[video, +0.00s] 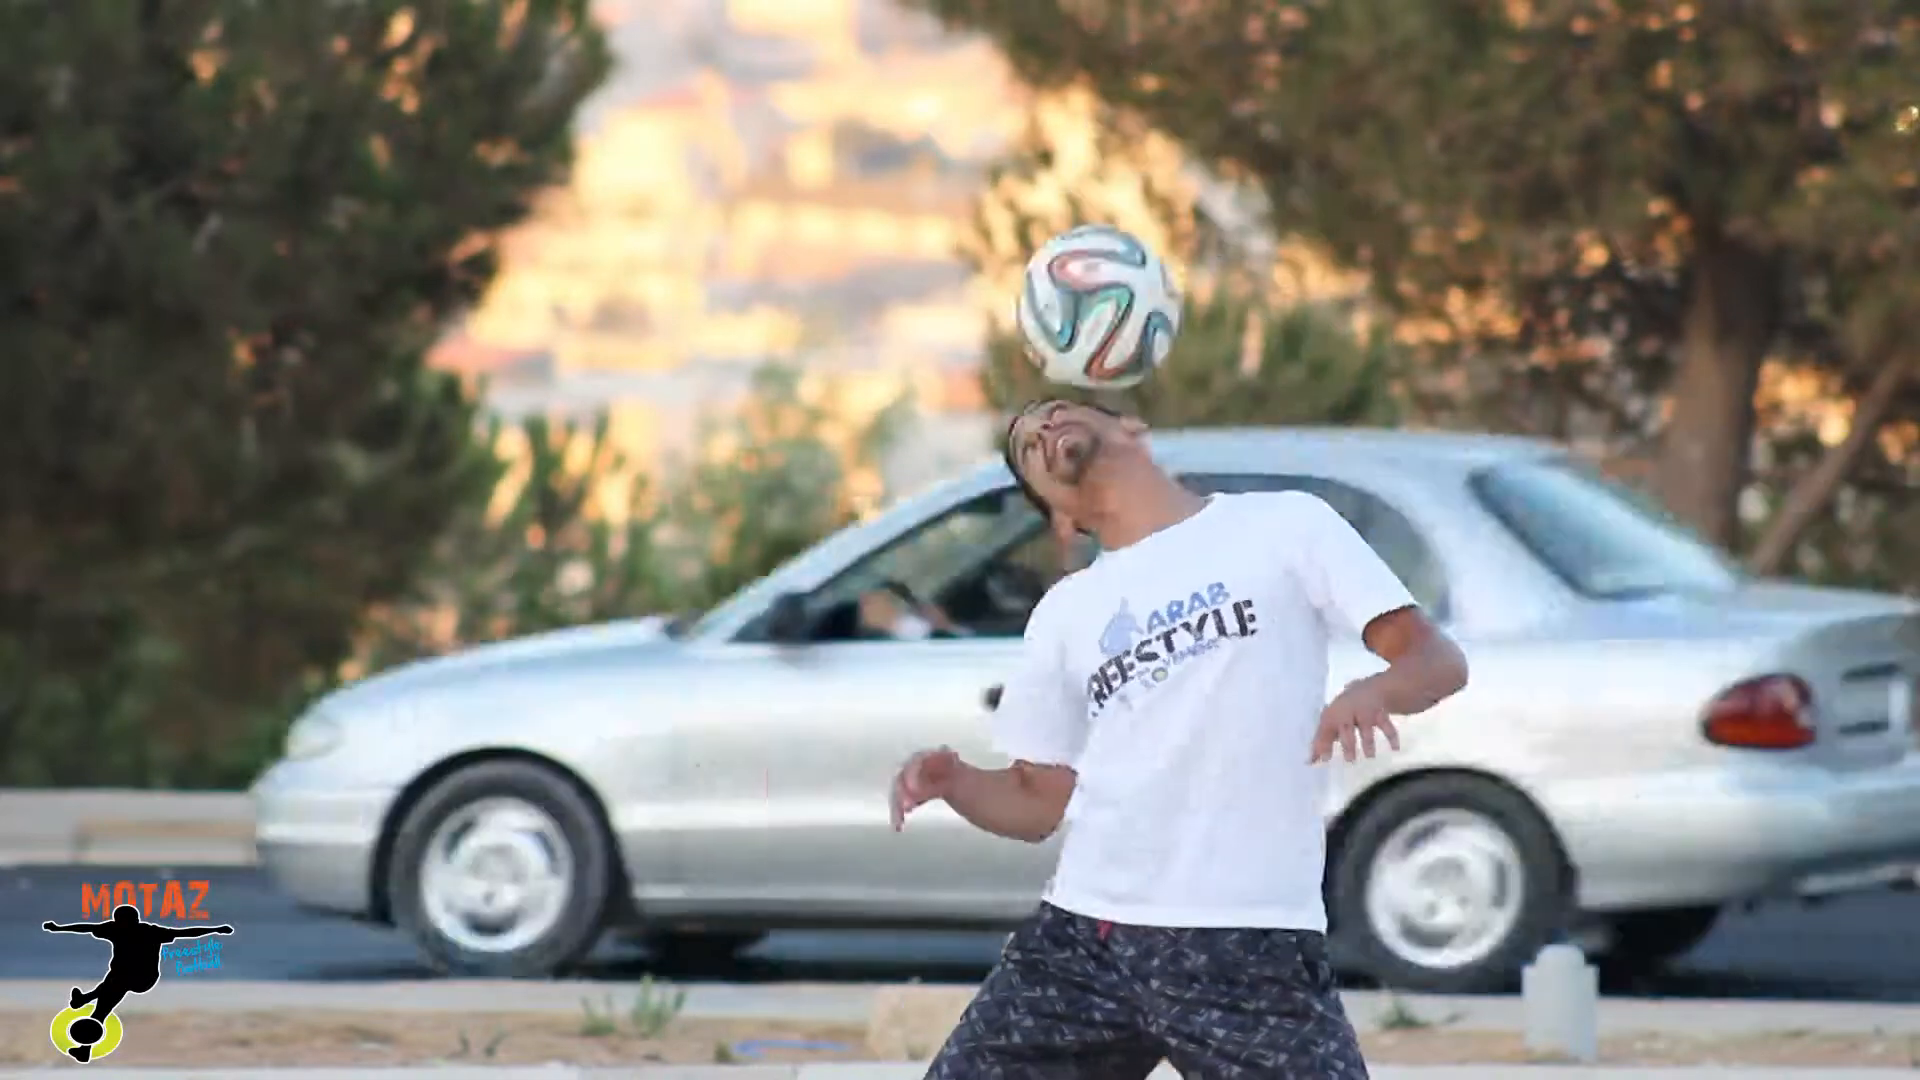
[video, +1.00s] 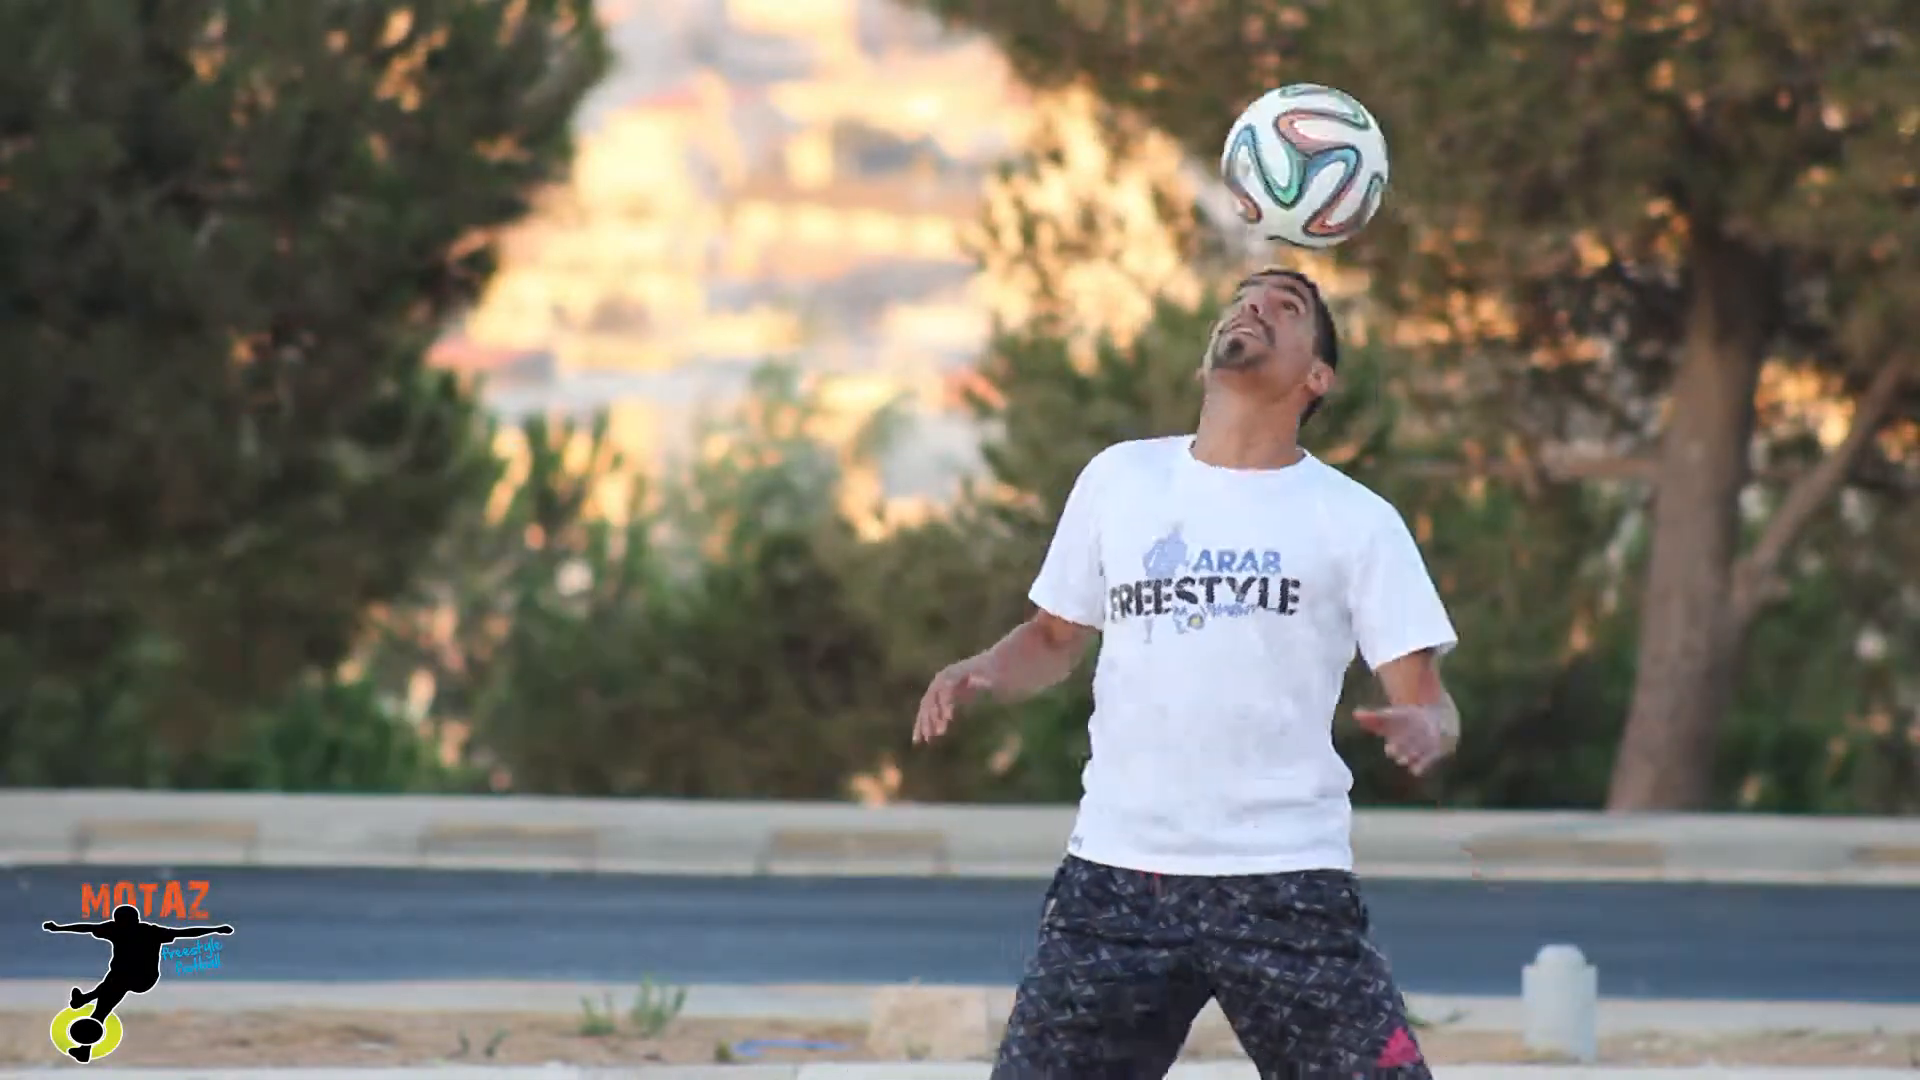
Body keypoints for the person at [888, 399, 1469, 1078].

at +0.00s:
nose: (1046, 433)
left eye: (1061, 416)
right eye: (1029, 450)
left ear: (1134, 430)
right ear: (1064, 514)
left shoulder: (1286, 522)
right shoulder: (1065, 612)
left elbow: (1439, 659)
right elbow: (1037, 805)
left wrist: (1377, 689)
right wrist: (955, 779)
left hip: (1250, 960)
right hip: (1076, 953)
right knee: (958, 1070)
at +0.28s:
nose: (1128, 348)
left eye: (1147, 343)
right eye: (1102, 358)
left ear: (1199, 397)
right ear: (1091, 437)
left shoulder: (1307, 511)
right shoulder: (1062, 557)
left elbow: (1411, 664)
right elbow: (1028, 756)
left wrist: (1476, 756)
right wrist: (983, 733)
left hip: (1259, 934)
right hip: (1080, 928)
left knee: (1352, 1068)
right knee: (974, 1069)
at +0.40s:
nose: (1219, 338)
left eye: (1249, 339)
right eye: (1198, 338)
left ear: (1280, 410)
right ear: (1163, 399)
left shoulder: (1318, 553)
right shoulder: (1072, 504)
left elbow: (1375, 741)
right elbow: (949, 652)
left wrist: (1470, 824)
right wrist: (971, 656)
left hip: (1235, 935)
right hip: (1052, 921)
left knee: (1338, 1067)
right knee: (948, 1066)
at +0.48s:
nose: (1256, 355)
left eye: (1287, 359)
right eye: (1239, 352)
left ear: (1311, 433)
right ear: (1200, 412)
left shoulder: (1323, 586)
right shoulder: (1089, 497)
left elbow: (1340, 773)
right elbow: (935, 628)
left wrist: (1449, 871)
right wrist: (979, 634)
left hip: (1219, 946)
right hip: (1033, 930)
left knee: (1333, 1070)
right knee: (931, 1067)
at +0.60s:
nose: (1331, 474)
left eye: (1365, 494)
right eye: (1338, 461)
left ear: (1347, 570)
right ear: (1291, 474)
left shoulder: (1298, 672)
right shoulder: (1115, 508)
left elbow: (1270, 823)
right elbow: (942, 589)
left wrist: (1394, 940)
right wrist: (993, 643)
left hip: (1174, 967)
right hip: (987, 947)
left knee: (1296, 1072)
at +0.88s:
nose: (1293, 376)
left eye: (1332, 388)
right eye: (1298, 366)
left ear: (1342, 466)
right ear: (1257, 395)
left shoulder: (1326, 615)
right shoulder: (1111, 476)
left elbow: (1354, 792)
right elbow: (1006, 588)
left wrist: (1440, 880)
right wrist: (954, 653)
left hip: (1215, 933)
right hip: (1039, 913)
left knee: (1325, 1073)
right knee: (944, 1072)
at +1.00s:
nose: (1250, 309)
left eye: (1285, 307)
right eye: (1237, 303)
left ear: (1318, 379)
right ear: (1210, 351)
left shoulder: (1357, 520)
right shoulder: (1117, 479)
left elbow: (1428, 704)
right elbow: (1052, 635)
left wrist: (1423, 728)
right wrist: (976, 676)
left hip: (1287, 897)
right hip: (1113, 891)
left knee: (1382, 1069)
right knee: (1034, 1068)